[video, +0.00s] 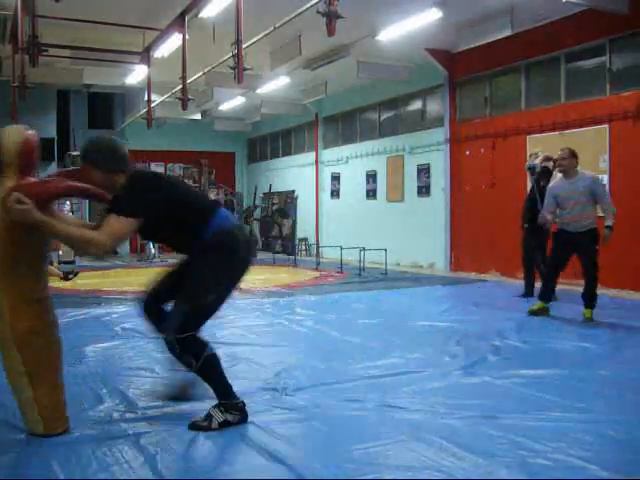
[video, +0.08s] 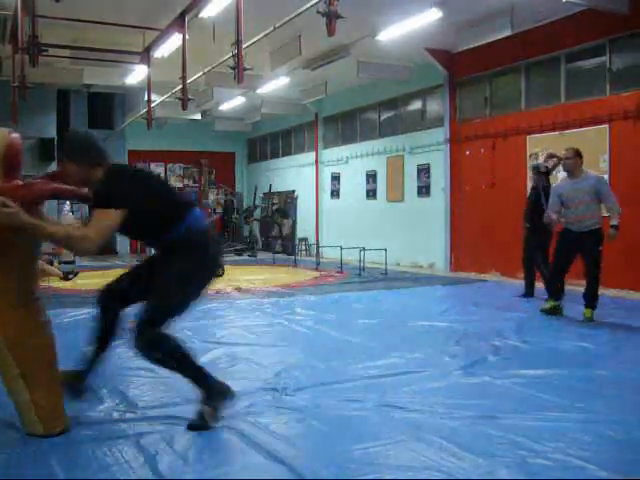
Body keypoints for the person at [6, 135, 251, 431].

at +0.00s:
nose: (86, 178)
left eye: (88, 171)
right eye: (85, 172)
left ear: (102, 170)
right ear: (118, 164)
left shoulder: (140, 188)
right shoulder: (129, 190)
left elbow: (101, 246)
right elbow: (98, 236)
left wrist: (38, 219)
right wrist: (51, 215)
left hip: (227, 247)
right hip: (211, 248)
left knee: (179, 329)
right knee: (154, 304)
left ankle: (230, 404)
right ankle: (192, 374)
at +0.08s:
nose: (63, 173)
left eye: (66, 165)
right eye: (62, 166)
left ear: (83, 164)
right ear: (92, 161)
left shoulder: (116, 184)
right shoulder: (110, 183)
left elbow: (90, 242)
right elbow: (89, 235)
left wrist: (27, 223)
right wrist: (37, 221)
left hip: (195, 257)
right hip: (174, 255)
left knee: (148, 338)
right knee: (110, 299)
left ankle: (214, 390)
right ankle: (83, 378)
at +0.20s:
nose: (44, 174)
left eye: (48, 166)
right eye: (45, 167)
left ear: (62, 167)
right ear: (77, 163)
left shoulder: (104, 192)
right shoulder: (84, 198)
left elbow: (71, 253)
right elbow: (66, 248)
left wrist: (14, 224)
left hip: (160, 271)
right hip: (145, 269)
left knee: (81, 316)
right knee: (83, 316)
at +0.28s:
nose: (31, 180)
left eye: (35, 174)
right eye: (32, 175)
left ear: (48, 178)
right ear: (73, 175)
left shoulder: (88, 210)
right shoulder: (61, 212)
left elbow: (52, 269)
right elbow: (35, 258)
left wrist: (8, 226)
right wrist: (17, 213)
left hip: (133, 298)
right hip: (111, 291)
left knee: (45, 322)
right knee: (35, 312)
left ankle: (49, 418)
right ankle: (31, 404)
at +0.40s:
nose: (26, 188)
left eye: (32, 182)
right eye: (29, 182)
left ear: (44, 189)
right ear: (66, 189)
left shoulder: (67, 228)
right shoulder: (55, 224)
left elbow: (24, 271)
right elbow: (19, 252)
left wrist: (1, 242)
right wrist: (10, 211)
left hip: (106, 322)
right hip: (99, 314)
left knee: (18, 338)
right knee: (21, 322)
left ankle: (37, 433)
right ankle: (49, 413)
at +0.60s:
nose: (17, 181)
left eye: (24, 177)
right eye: (21, 175)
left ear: (35, 189)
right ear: (54, 191)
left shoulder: (40, 223)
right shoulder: (52, 219)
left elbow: (3, 232)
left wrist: (6, 192)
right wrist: (7, 191)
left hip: (92, 323)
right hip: (94, 317)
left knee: (9, 340)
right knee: (14, 323)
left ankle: (34, 432)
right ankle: (39, 409)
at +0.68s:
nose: (11, 162)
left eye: (18, 160)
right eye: (16, 157)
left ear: (32, 176)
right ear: (41, 178)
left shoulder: (38, 211)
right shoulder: (47, 207)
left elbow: (3, 234)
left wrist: (4, 195)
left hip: (93, 306)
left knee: (12, 334)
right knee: (13, 322)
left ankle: (33, 431)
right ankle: (29, 408)